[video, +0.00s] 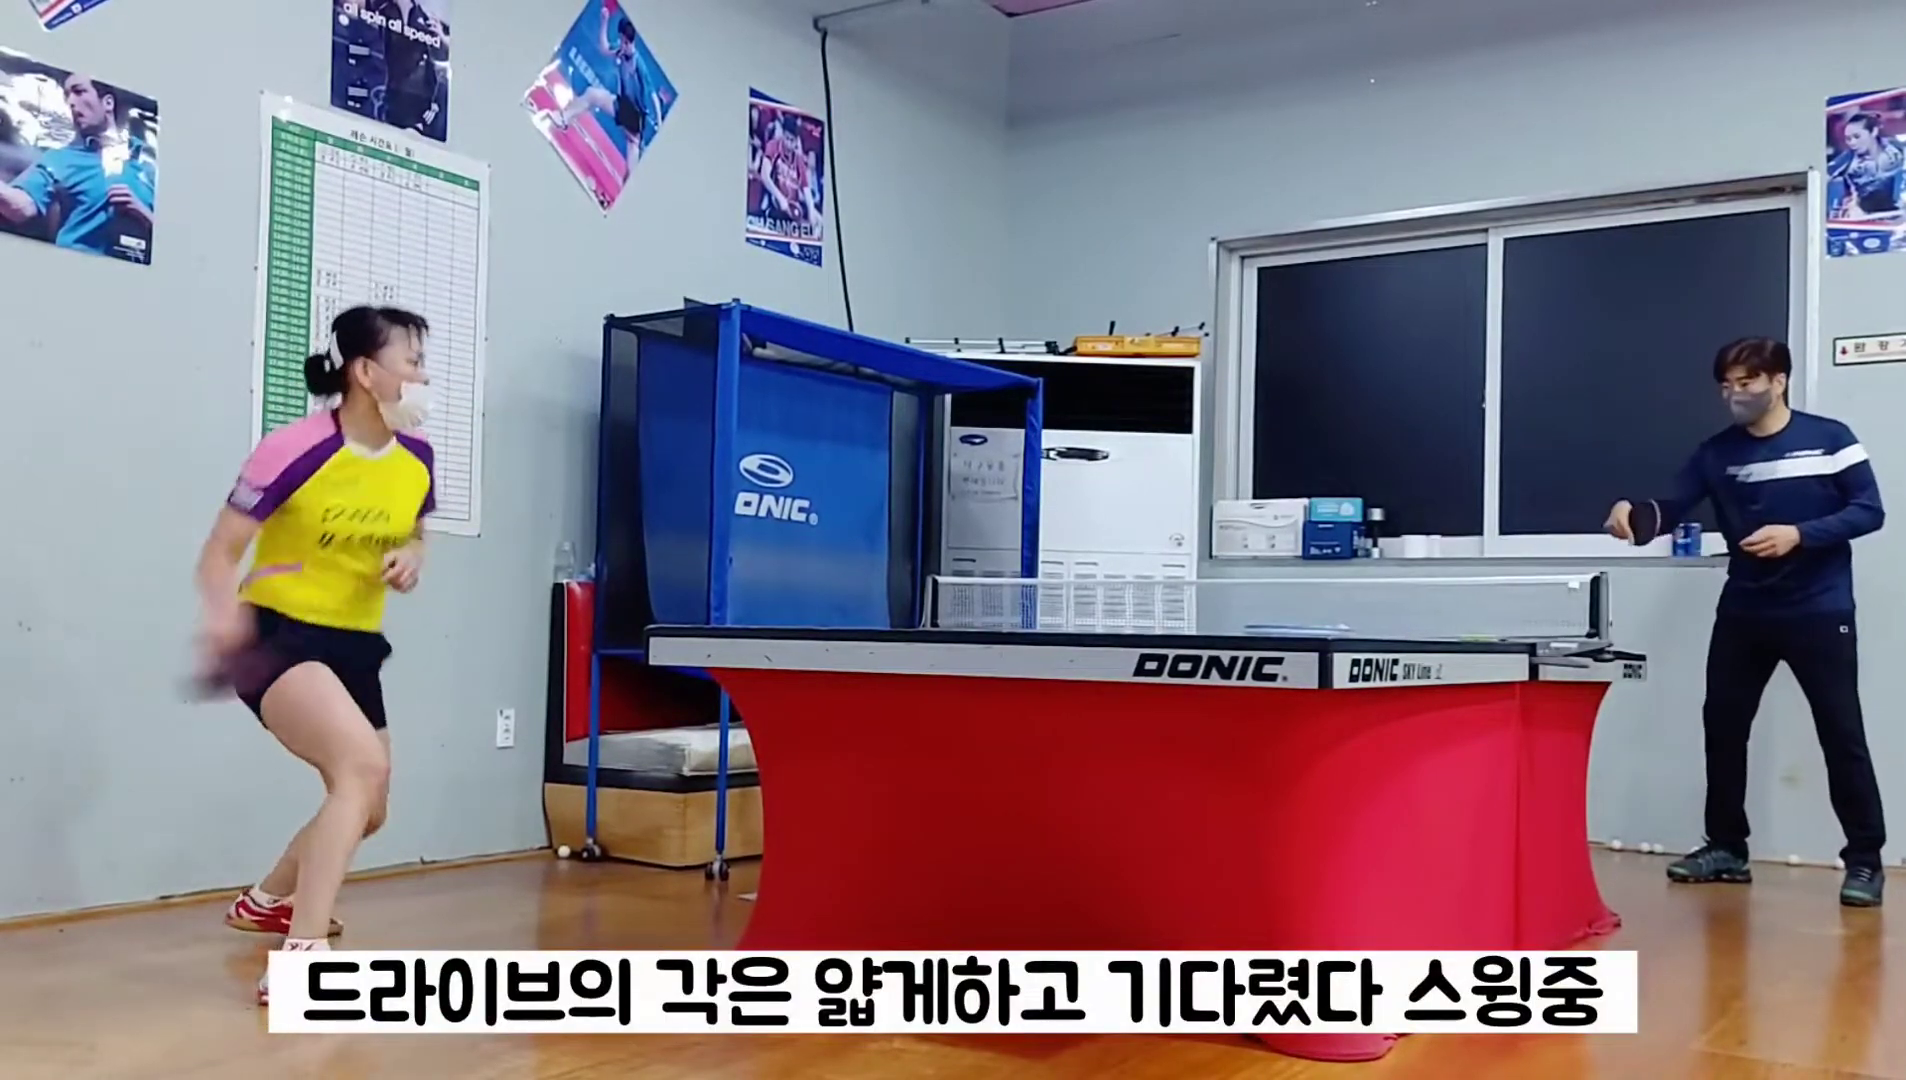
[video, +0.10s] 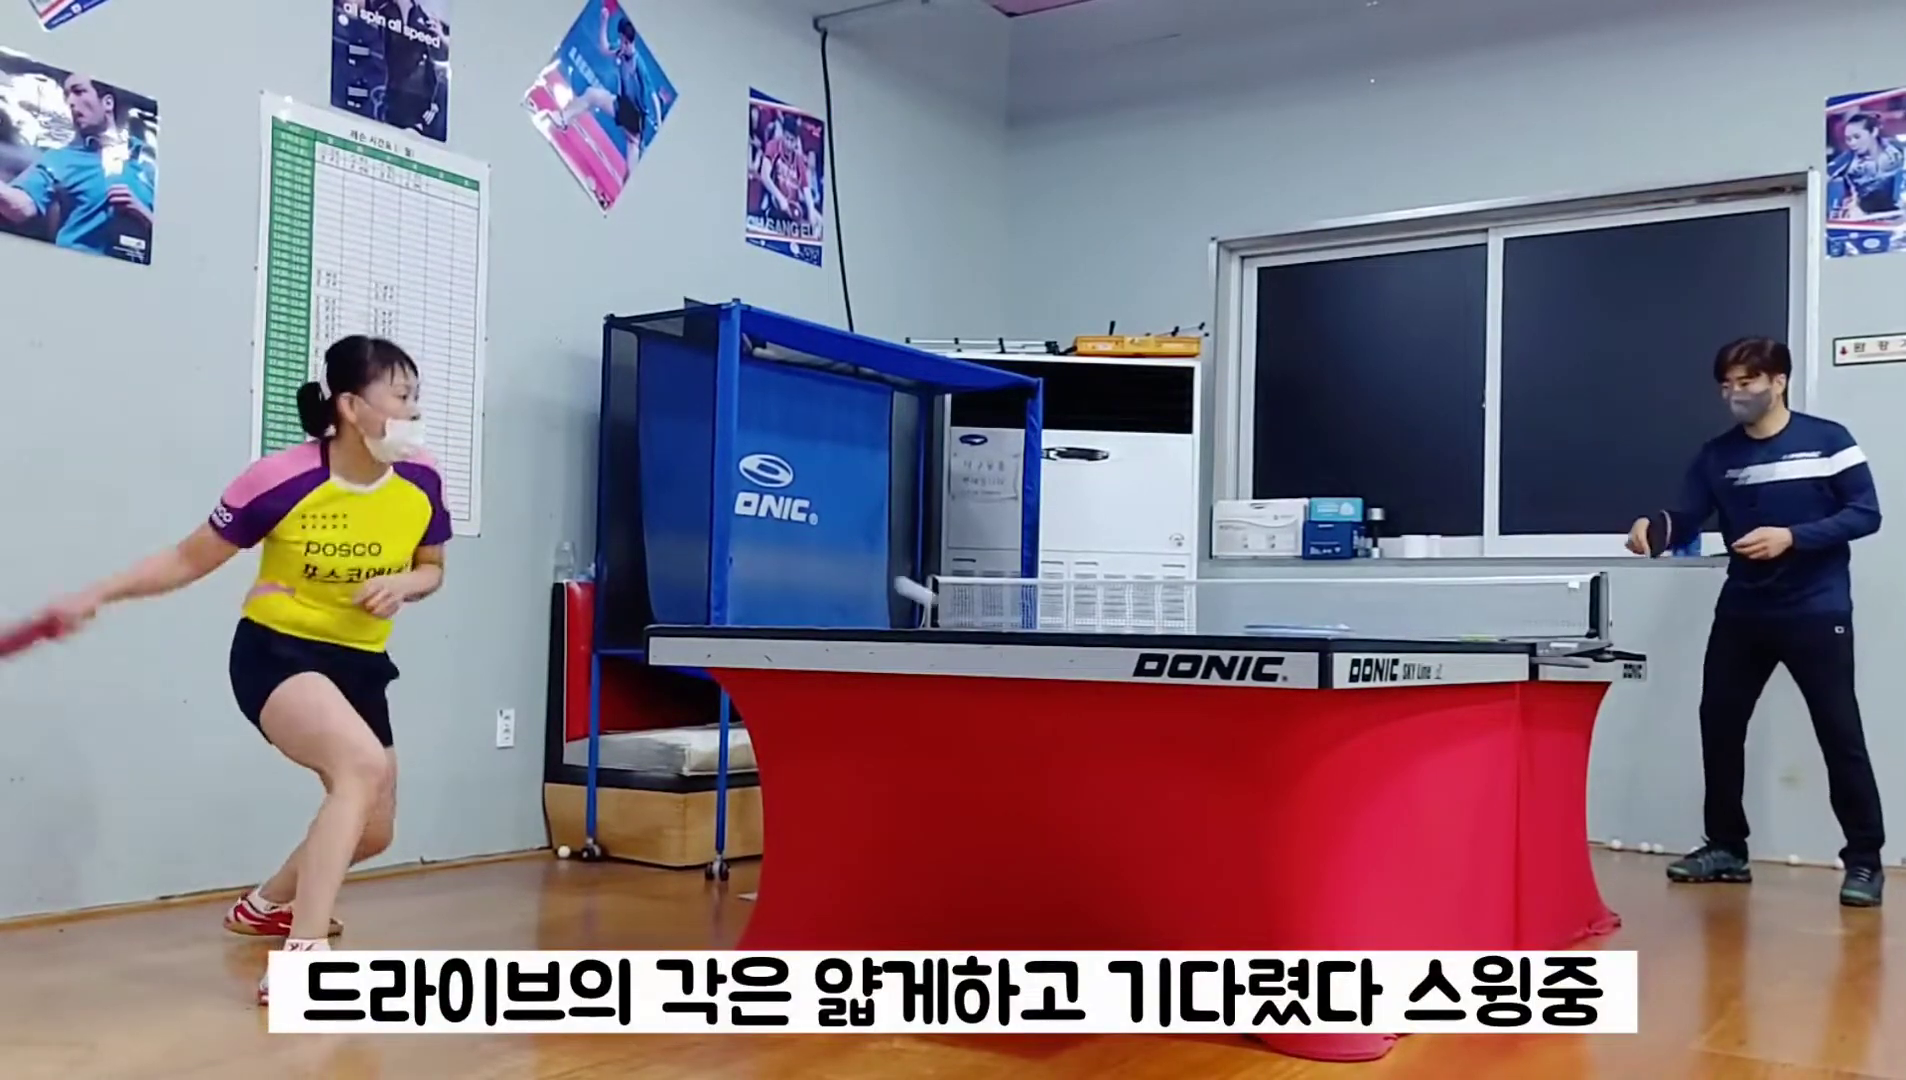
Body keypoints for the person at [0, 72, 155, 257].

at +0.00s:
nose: (71, 102)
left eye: (80, 91)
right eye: (67, 96)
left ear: (109, 103)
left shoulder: (149, 161)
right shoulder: (60, 159)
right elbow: (20, 208)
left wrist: (143, 212)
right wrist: (4, 191)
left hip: (134, 270)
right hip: (74, 262)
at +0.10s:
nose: (70, 101)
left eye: (79, 91)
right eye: (67, 96)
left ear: (108, 103)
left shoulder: (149, 160)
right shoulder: (60, 159)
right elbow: (20, 208)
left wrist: (142, 212)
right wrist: (4, 192)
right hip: (74, 262)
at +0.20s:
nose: (71, 101)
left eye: (80, 91)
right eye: (67, 96)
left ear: (108, 103)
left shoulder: (149, 161)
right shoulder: (60, 159)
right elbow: (20, 208)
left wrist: (142, 212)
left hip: (134, 270)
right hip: (74, 261)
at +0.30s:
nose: (71, 101)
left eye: (80, 91)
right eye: (67, 96)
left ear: (108, 103)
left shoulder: (149, 161)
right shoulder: (60, 159)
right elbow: (20, 208)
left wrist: (142, 212)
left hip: (134, 270)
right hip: (75, 261)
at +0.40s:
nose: (70, 101)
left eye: (79, 91)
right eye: (67, 95)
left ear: (108, 103)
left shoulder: (149, 162)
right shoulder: (60, 159)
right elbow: (20, 207)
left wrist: (143, 212)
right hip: (75, 262)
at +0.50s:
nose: (70, 101)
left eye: (79, 91)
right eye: (67, 95)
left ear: (108, 103)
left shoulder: (149, 162)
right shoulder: (60, 159)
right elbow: (20, 207)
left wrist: (143, 213)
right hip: (75, 261)